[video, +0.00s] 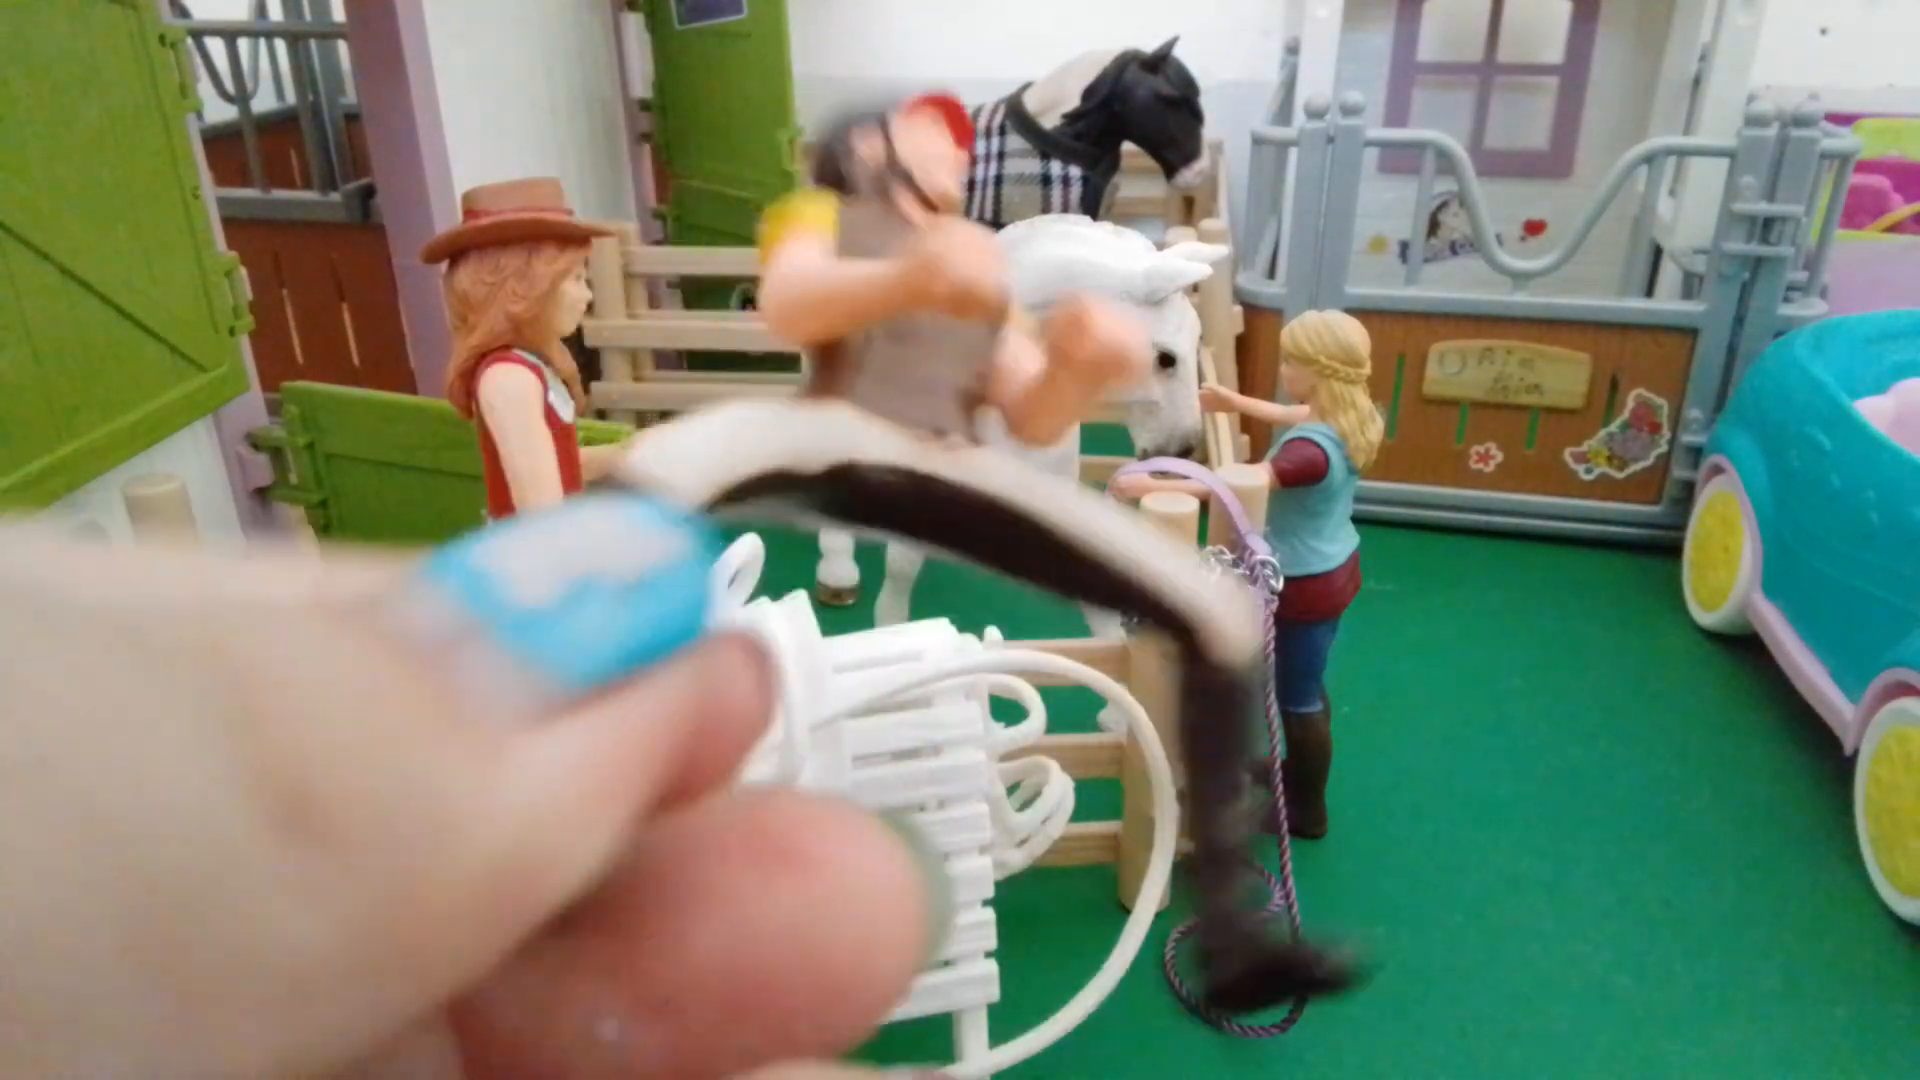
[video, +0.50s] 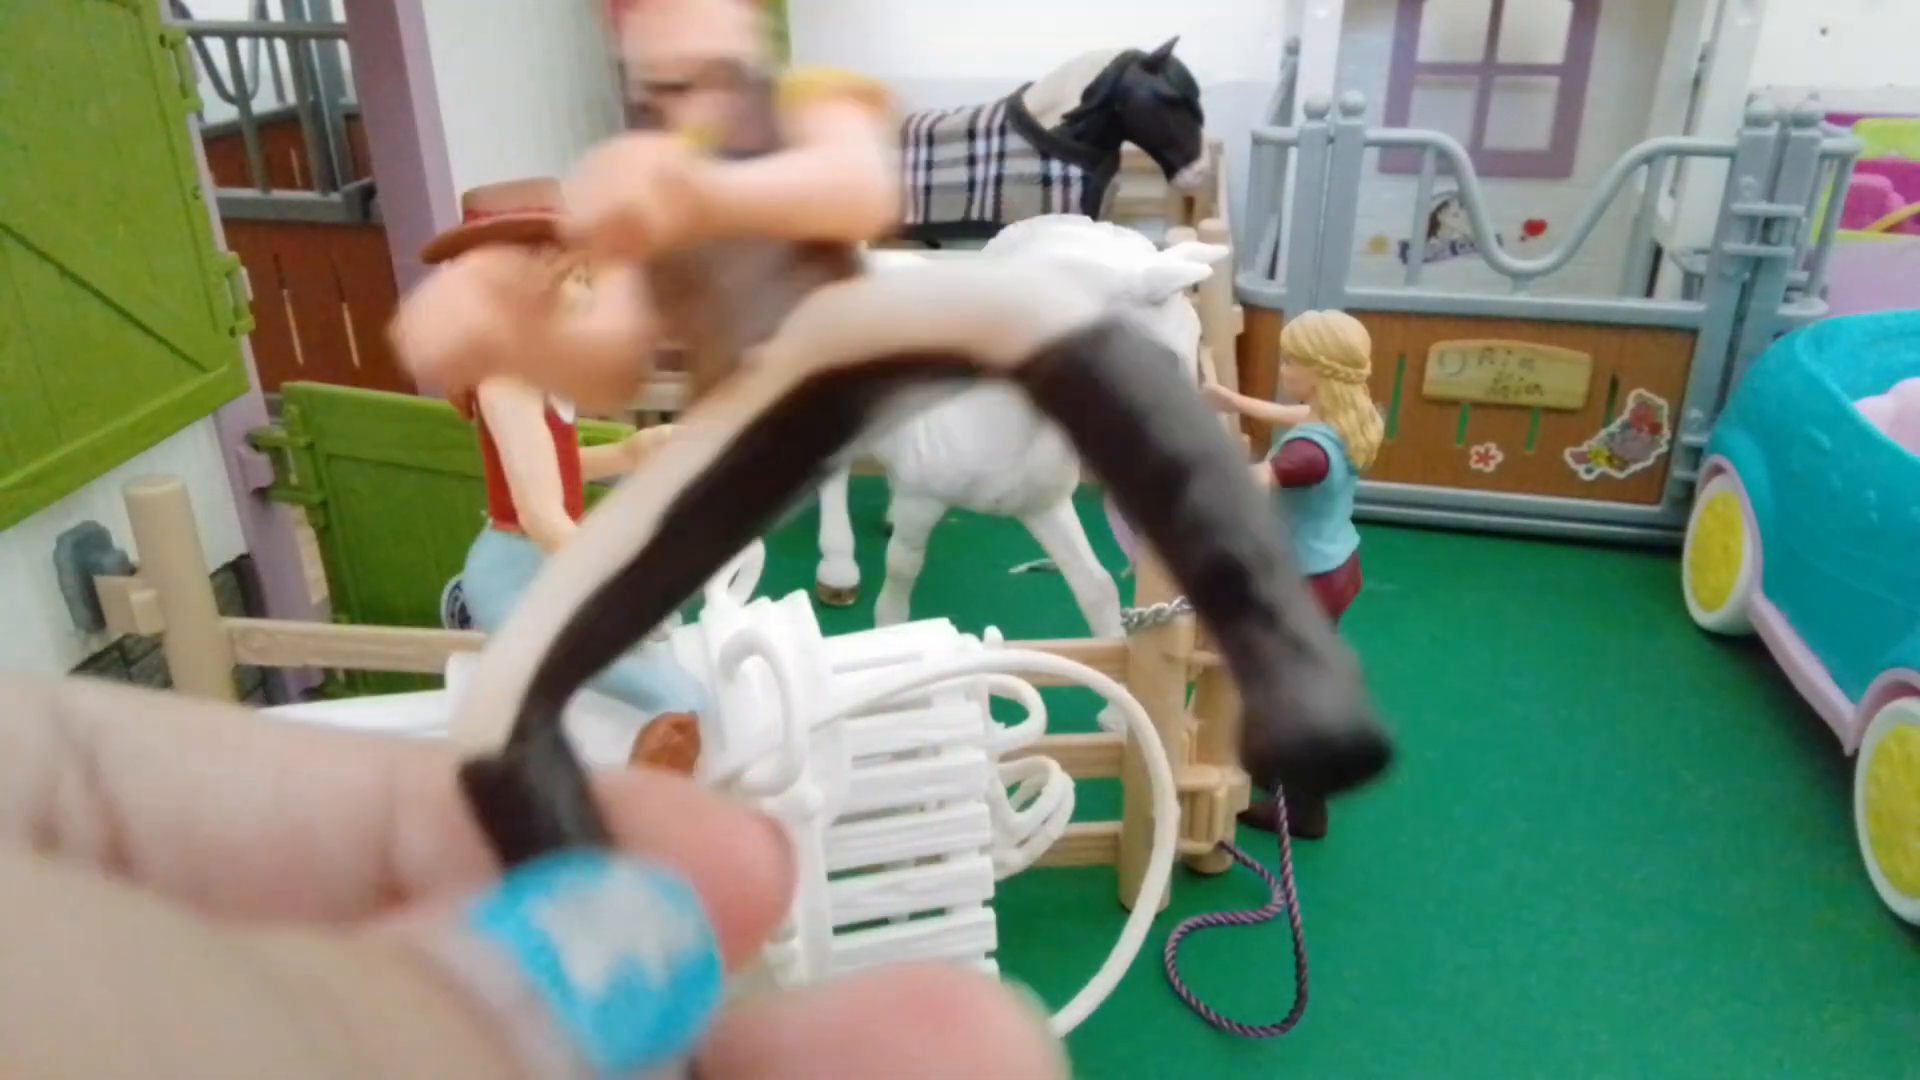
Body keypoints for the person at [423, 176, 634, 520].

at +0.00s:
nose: (588, 295)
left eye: (585, 279)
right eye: (577, 278)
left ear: (519, 292)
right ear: (519, 291)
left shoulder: (534, 368)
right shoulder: (507, 378)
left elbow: (556, 466)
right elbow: (544, 520)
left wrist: (618, 458)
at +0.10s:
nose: (589, 295)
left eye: (585, 279)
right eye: (578, 279)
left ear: (532, 290)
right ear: (526, 287)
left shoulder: (537, 367)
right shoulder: (508, 378)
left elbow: (555, 468)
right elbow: (538, 507)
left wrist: (627, 454)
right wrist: (601, 587)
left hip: (551, 554)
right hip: (525, 567)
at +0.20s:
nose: (582, 274)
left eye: (581, 259)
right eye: (566, 260)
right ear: (522, 275)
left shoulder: (535, 365)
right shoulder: (507, 375)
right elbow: (537, 499)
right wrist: (604, 584)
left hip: (549, 550)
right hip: (521, 564)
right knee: (680, 691)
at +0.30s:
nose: (589, 290)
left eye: (587, 274)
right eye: (576, 274)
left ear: (525, 288)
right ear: (525, 284)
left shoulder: (532, 368)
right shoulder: (509, 378)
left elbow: (561, 480)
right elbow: (539, 516)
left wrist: (637, 453)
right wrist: (618, 586)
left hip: (539, 548)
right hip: (518, 561)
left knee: (663, 623)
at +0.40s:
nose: (589, 296)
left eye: (585, 279)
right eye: (577, 279)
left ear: (529, 292)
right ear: (525, 288)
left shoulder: (538, 368)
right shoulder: (509, 376)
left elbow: (550, 465)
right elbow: (540, 516)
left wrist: (629, 456)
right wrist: (631, 601)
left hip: (545, 564)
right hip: (519, 577)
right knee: (675, 699)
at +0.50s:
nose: (583, 297)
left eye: (584, 279)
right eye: (570, 280)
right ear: (526, 277)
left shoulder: (543, 378)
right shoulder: (504, 382)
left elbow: (549, 470)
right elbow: (543, 520)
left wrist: (623, 454)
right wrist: (633, 581)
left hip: (548, 561)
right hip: (514, 573)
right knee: (680, 697)